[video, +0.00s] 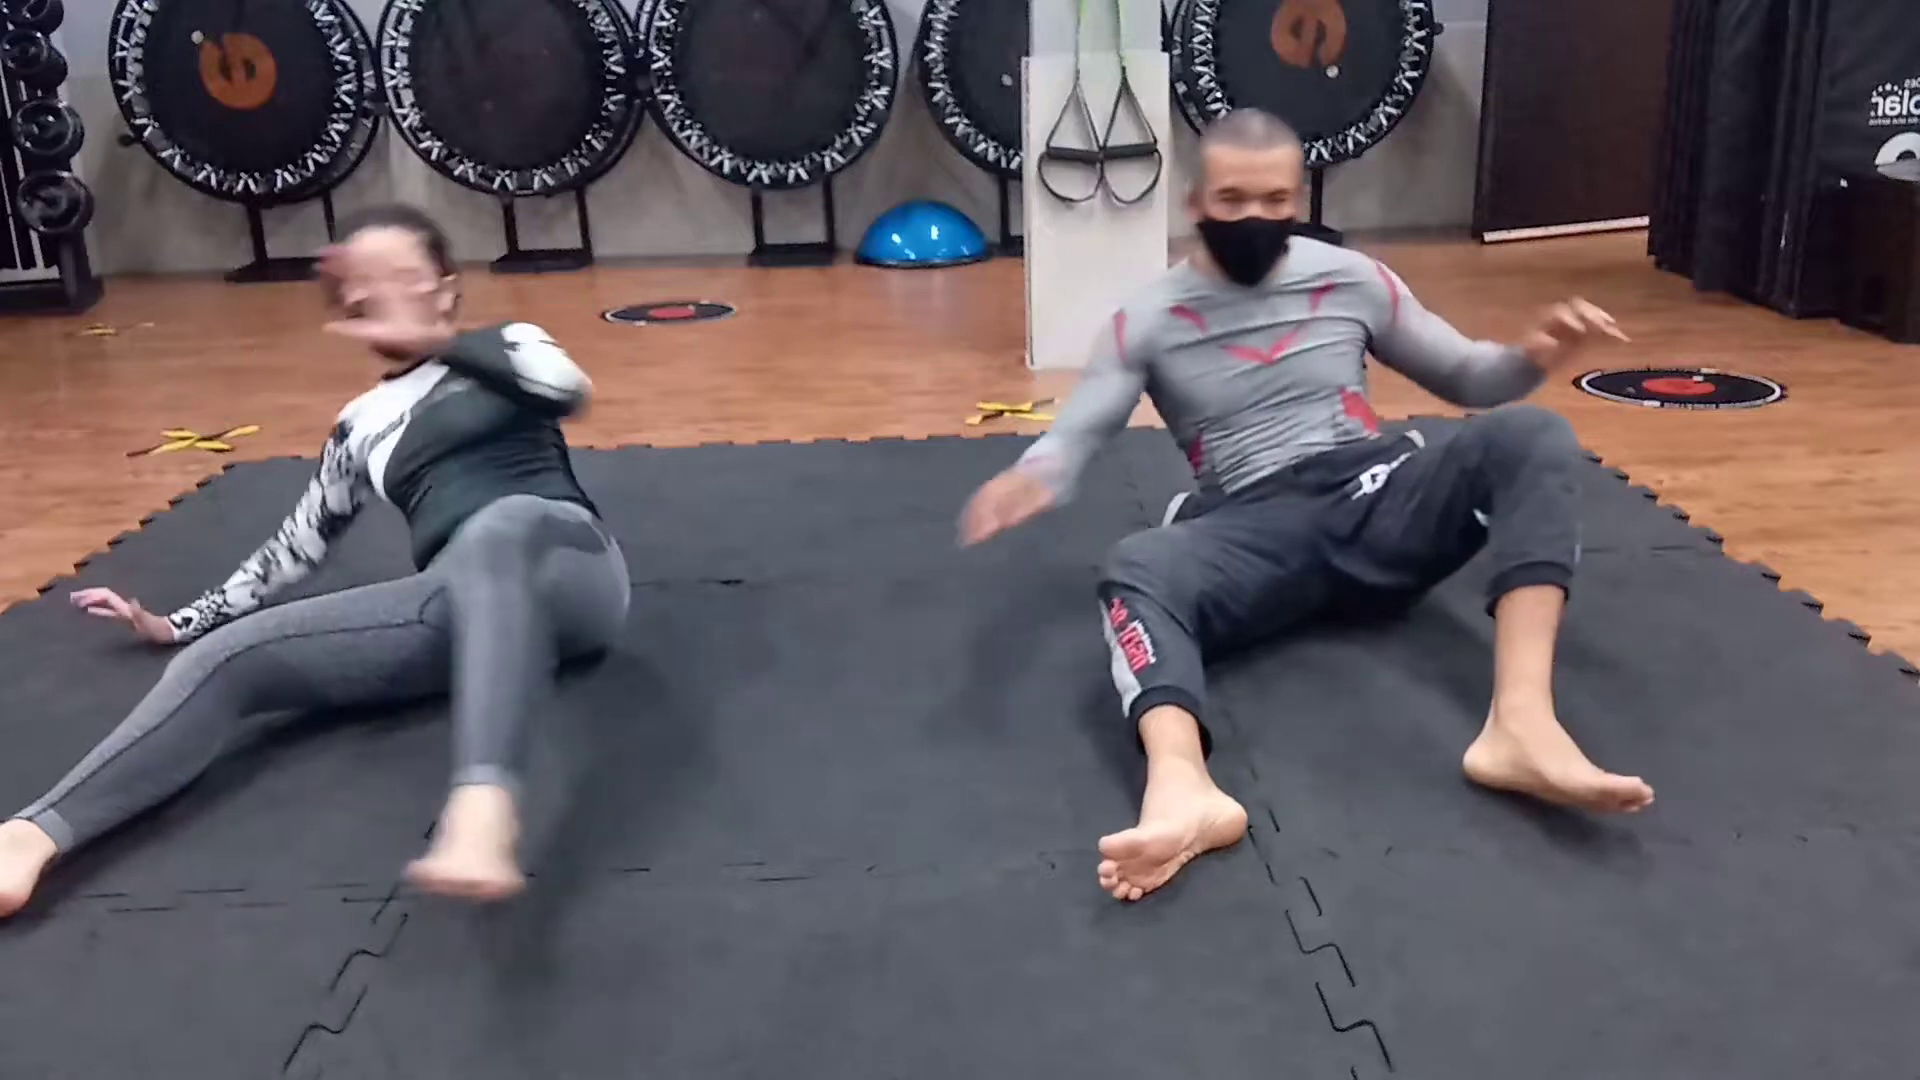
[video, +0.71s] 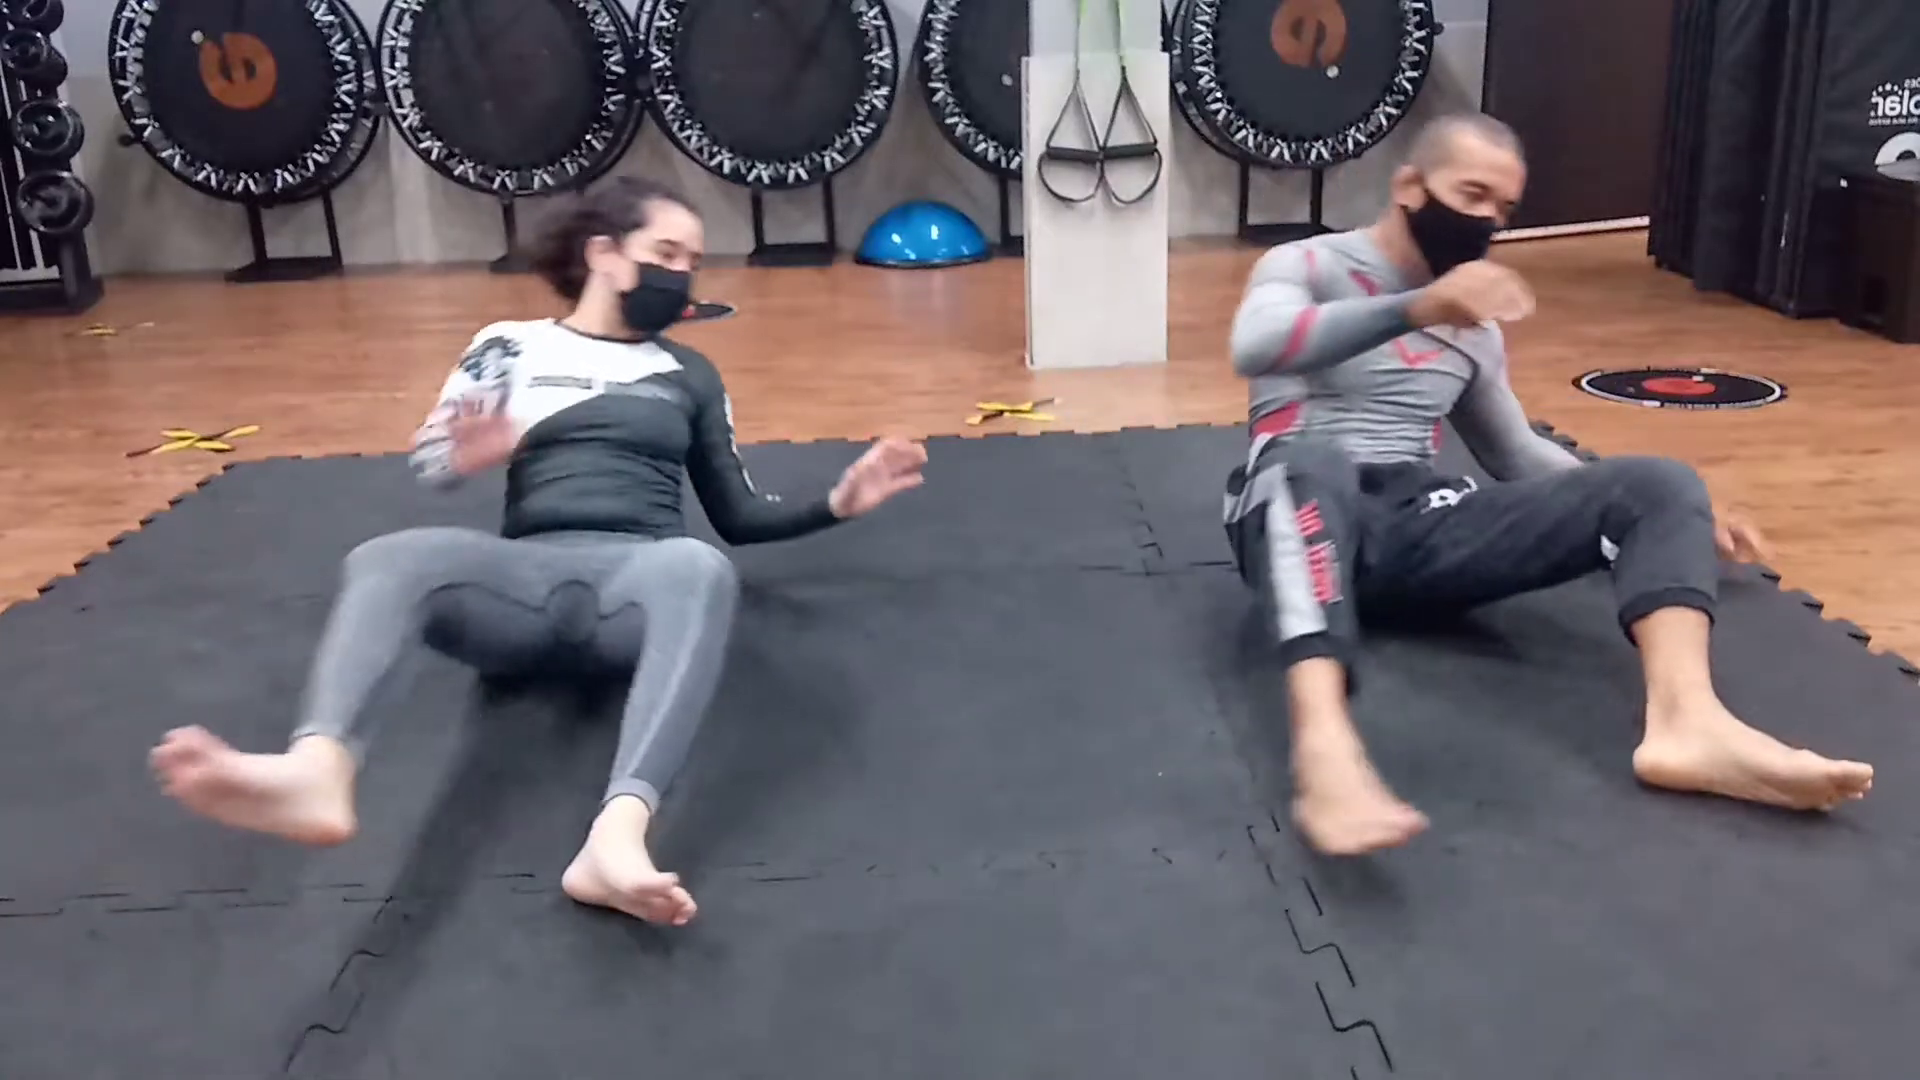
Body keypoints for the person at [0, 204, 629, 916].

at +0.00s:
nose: (387, 309)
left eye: (405, 286)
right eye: (363, 297)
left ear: (445, 289)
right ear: (342, 310)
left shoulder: (505, 347)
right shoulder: (364, 422)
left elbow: (567, 391)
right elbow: (295, 547)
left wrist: (437, 342)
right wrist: (178, 626)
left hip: (570, 573)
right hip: (444, 595)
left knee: (499, 529)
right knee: (232, 654)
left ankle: (483, 807)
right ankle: (33, 836)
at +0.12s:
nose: (441, 272)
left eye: (459, 257)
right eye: (421, 258)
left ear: (491, 271)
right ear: (387, 280)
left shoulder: (537, 351)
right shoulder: (378, 398)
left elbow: (644, 439)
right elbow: (288, 519)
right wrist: (178, 626)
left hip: (574, 567)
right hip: (451, 589)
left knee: (535, 526)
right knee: (243, 654)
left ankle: (554, 796)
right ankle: (66, 837)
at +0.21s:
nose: (485, 266)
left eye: (504, 252)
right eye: (463, 248)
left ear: (524, 267)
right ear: (418, 268)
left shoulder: (561, 350)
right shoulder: (391, 387)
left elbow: (670, 468)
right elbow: (300, 506)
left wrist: (662, 424)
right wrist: (195, 618)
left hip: (571, 567)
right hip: (457, 586)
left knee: (564, 526)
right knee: (257, 650)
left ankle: (588, 806)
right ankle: (94, 838)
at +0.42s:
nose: (576, 263)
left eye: (590, 251)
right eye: (555, 245)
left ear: (604, 266)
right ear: (495, 256)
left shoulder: (623, 352)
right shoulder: (445, 371)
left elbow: (707, 479)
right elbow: (368, 491)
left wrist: (773, 459)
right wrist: (284, 568)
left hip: (587, 554)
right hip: (477, 575)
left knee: (624, 551)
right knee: (294, 615)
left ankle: (606, 825)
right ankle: (185, 817)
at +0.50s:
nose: (610, 270)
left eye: (624, 257)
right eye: (592, 250)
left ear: (633, 271)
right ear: (528, 254)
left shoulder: (646, 361)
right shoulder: (465, 366)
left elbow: (722, 487)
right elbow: (388, 481)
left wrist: (800, 468)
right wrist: (331, 524)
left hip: (601, 561)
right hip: (489, 576)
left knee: (643, 558)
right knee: (318, 605)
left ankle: (608, 829)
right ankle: (221, 799)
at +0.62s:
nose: (656, 277)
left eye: (667, 264)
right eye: (640, 256)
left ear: (669, 274)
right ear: (573, 253)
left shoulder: (675, 373)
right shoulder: (491, 356)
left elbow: (736, 508)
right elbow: (423, 458)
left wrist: (830, 484)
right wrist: (404, 483)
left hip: (621, 568)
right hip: (505, 572)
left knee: (685, 564)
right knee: (351, 580)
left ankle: (613, 837)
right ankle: (282, 773)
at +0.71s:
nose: (683, 276)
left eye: (694, 263)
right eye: (668, 254)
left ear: (694, 276)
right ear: (600, 253)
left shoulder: (691, 379)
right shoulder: (508, 347)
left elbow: (733, 516)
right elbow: (424, 477)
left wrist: (837, 503)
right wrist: (460, 462)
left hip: (634, 570)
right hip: (524, 568)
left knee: (705, 570)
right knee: (386, 558)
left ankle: (619, 836)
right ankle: (319, 767)